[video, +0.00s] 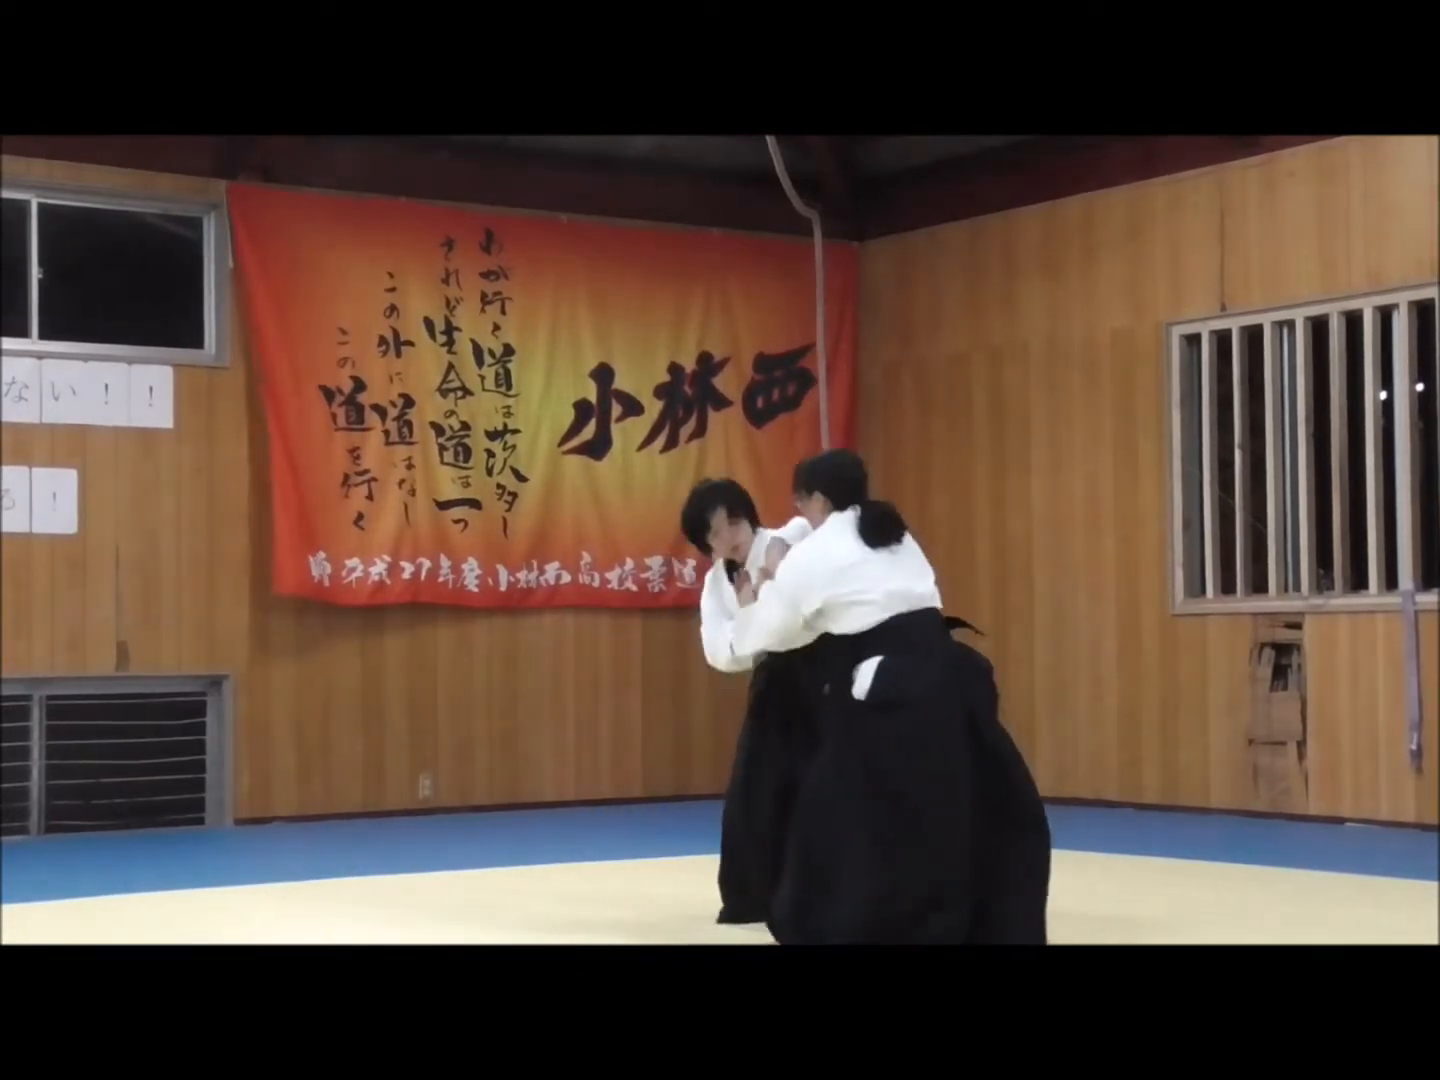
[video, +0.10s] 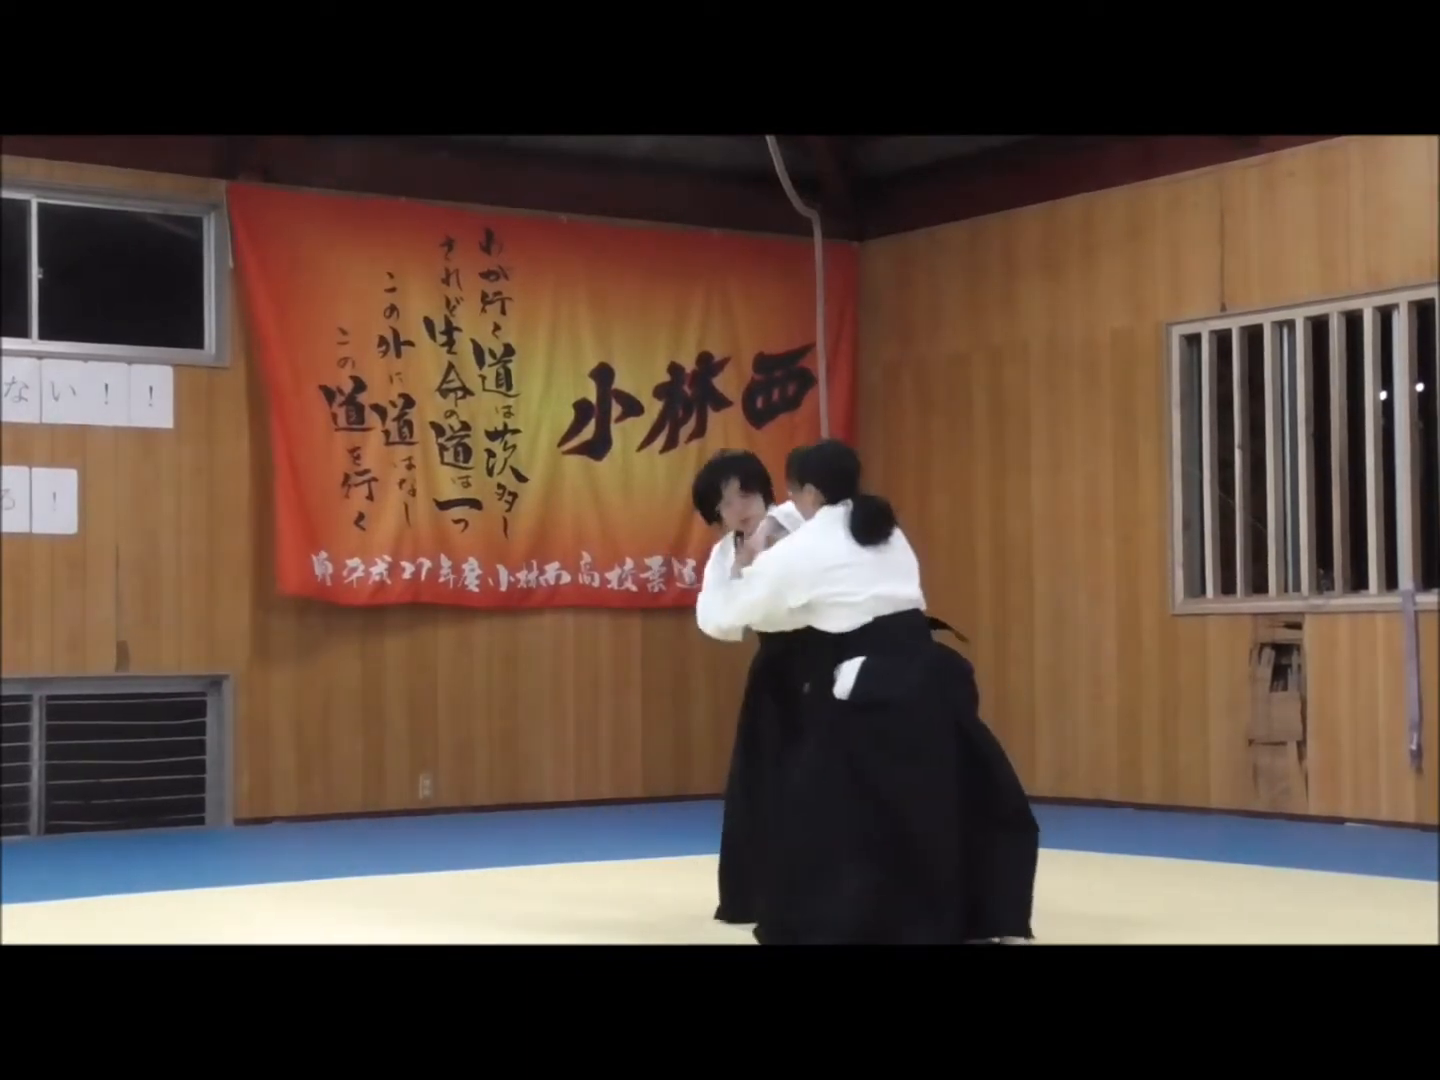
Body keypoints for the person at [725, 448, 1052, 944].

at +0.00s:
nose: (800, 509)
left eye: (803, 499)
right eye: (798, 501)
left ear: (821, 500)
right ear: (857, 493)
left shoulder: (814, 554)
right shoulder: (895, 532)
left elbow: (762, 636)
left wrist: (749, 602)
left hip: (884, 683)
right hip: (950, 670)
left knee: (847, 800)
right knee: (955, 800)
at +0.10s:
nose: (791, 499)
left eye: (794, 490)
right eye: (790, 490)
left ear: (810, 492)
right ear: (852, 482)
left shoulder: (803, 551)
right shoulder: (888, 528)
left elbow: (718, 618)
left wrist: (732, 557)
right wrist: (778, 554)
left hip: (863, 688)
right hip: (931, 677)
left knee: (828, 804)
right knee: (934, 804)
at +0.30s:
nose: (749, 482)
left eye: (752, 474)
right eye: (750, 474)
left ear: (769, 481)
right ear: (812, 473)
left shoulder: (765, 536)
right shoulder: (844, 516)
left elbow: (702, 563)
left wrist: (712, 508)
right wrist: (743, 504)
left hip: (807, 680)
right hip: (875, 669)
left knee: (786, 801)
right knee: (922, 783)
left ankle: (781, 923)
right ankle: (983, 894)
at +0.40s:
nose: (736, 483)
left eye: (741, 474)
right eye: (733, 473)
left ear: (756, 480)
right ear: (798, 468)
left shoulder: (746, 533)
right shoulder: (837, 505)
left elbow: (681, 558)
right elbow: (759, 500)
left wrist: (696, 514)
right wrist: (721, 474)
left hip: (789, 672)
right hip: (853, 660)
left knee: (778, 805)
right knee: (897, 776)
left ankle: (781, 925)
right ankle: (937, 891)